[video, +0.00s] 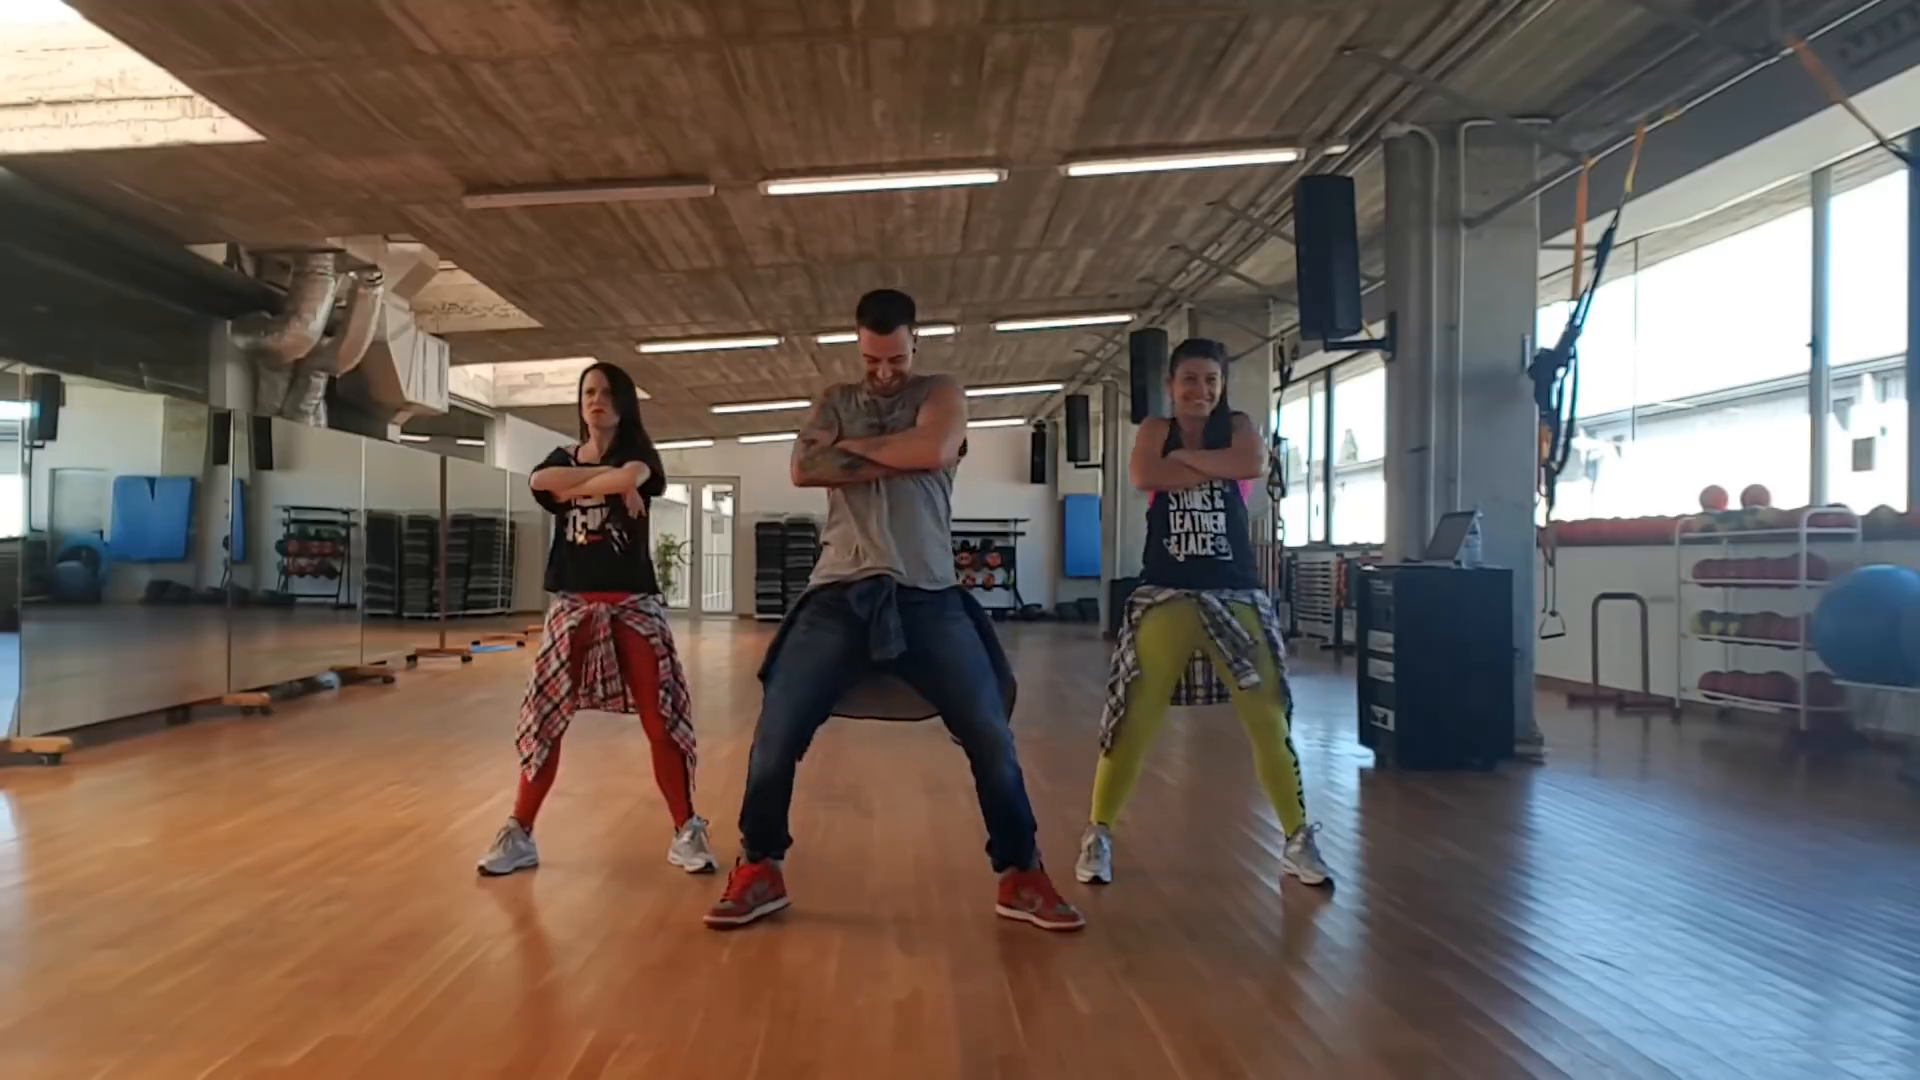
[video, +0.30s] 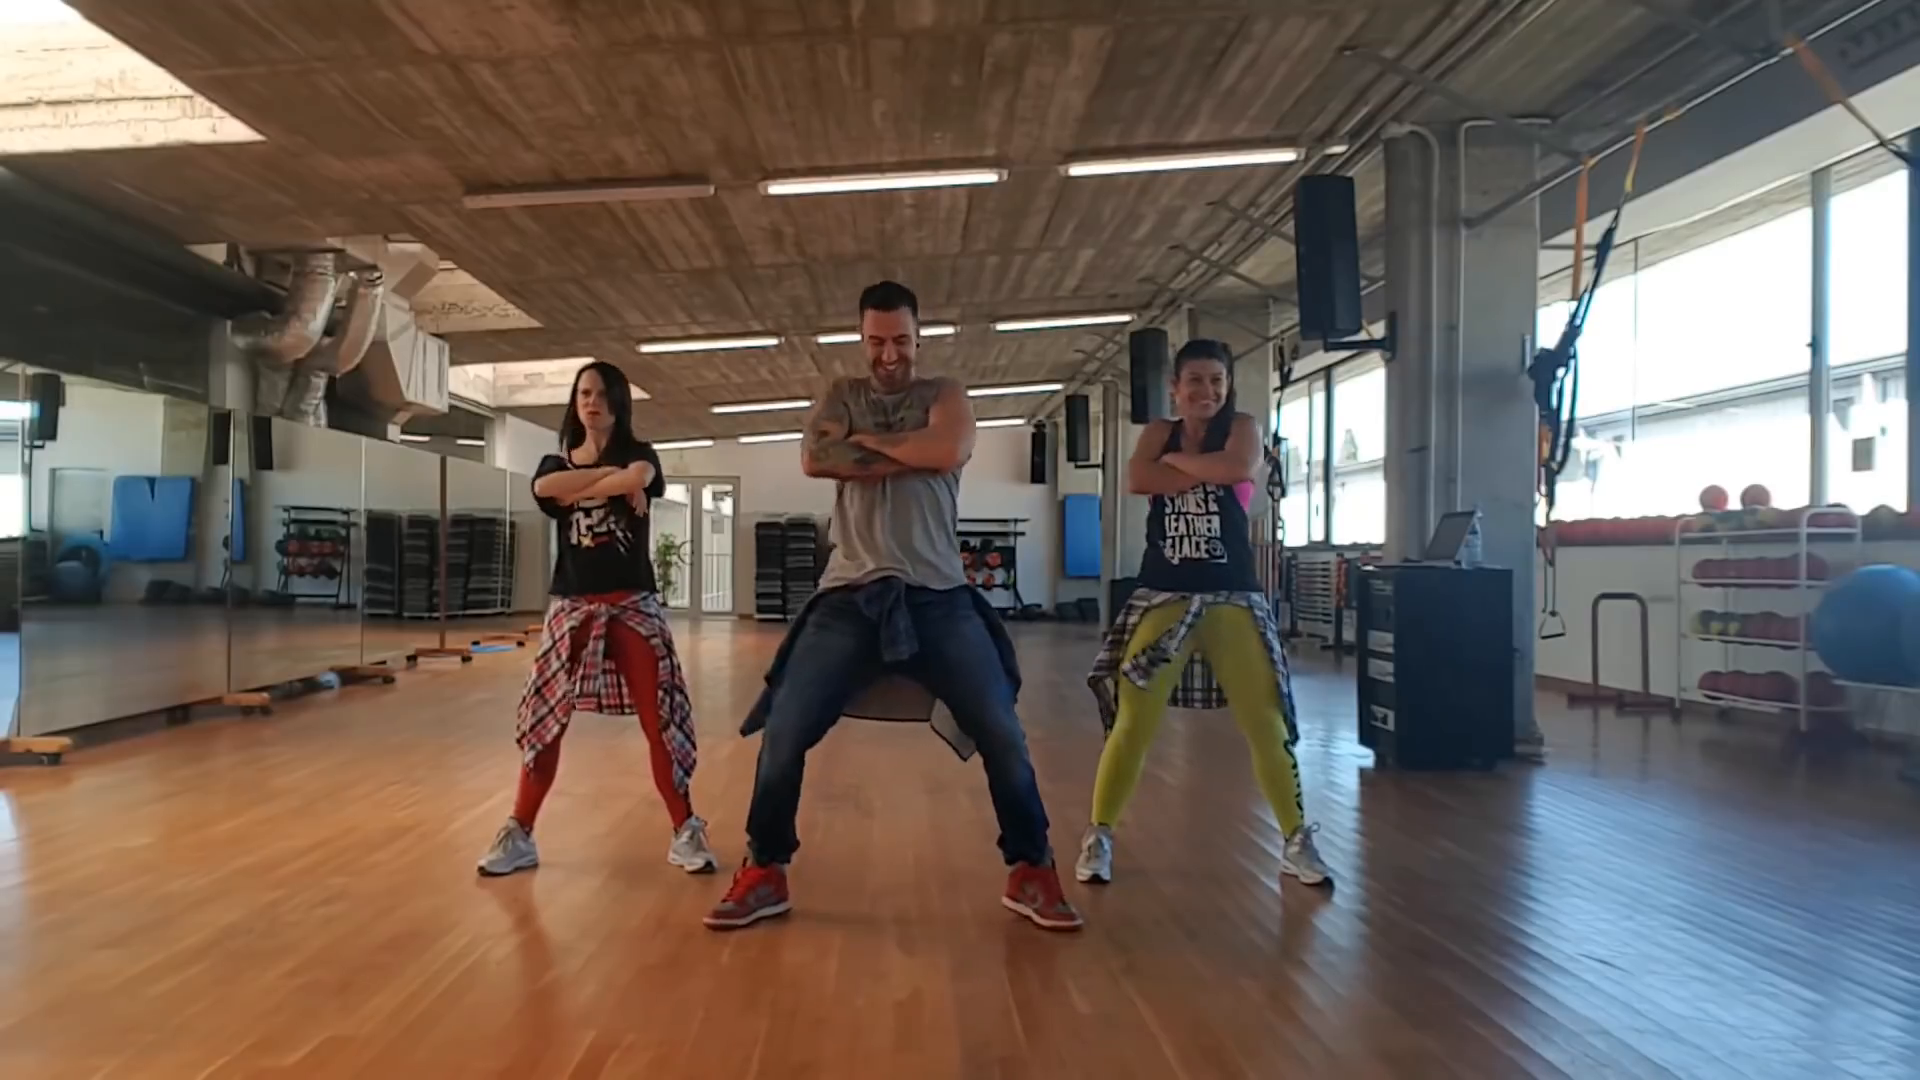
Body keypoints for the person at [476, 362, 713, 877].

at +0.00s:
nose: (597, 401)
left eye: (606, 394)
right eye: (590, 394)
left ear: (625, 403)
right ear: (580, 402)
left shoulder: (641, 457)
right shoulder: (563, 455)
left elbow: (625, 481)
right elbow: (540, 482)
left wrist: (567, 487)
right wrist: (611, 479)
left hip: (634, 600)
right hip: (572, 600)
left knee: (660, 717)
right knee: (546, 714)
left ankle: (687, 829)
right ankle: (520, 834)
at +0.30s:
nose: (592, 402)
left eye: (601, 394)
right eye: (584, 394)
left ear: (618, 402)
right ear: (574, 401)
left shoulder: (640, 453)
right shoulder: (558, 456)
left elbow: (633, 482)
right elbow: (544, 488)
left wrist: (572, 492)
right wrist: (613, 475)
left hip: (633, 599)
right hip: (572, 601)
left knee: (658, 718)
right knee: (547, 713)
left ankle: (686, 831)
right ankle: (520, 834)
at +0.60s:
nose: (631, 406)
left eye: (640, 398)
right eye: (623, 398)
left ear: (657, 405)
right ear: (613, 404)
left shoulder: (666, 464)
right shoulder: (588, 452)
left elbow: (664, 494)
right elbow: (574, 483)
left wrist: (599, 485)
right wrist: (642, 484)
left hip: (641, 606)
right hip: (580, 602)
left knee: (663, 721)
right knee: (551, 715)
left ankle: (687, 831)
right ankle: (521, 834)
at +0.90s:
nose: (601, 403)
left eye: (610, 395)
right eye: (593, 395)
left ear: (629, 403)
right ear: (584, 403)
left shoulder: (647, 457)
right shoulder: (567, 452)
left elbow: (632, 484)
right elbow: (545, 477)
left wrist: (575, 483)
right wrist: (617, 479)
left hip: (634, 600)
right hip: (573, 599)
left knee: (656, 718)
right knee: (545, 712)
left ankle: (687, 830)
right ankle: (519, 833)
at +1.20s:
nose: (585, 404)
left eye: (594, 396)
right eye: (577, 396)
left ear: (612, 403)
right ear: (567, 404)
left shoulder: (637, 454)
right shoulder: (554, 459)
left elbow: (631, 485)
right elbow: (541, 490)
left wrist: (569, 494)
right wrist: (610, 478)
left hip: (634, 600)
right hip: (573, 603)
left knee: (657, 718)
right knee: (548, 716)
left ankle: (686, 830)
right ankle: (520, 834)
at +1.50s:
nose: (619, 402)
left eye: (628, 393)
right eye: (613, 394)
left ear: (648, 401)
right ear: (604, 401)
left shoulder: (663, 462)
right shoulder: (583, 452)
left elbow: (662, 485)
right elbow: (569, 481)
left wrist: (597, 483)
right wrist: (639, 478)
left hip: (639, 603)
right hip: (578, 600)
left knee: (659, 719)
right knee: (548, 713)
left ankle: (686, 831)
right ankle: (520, 834)